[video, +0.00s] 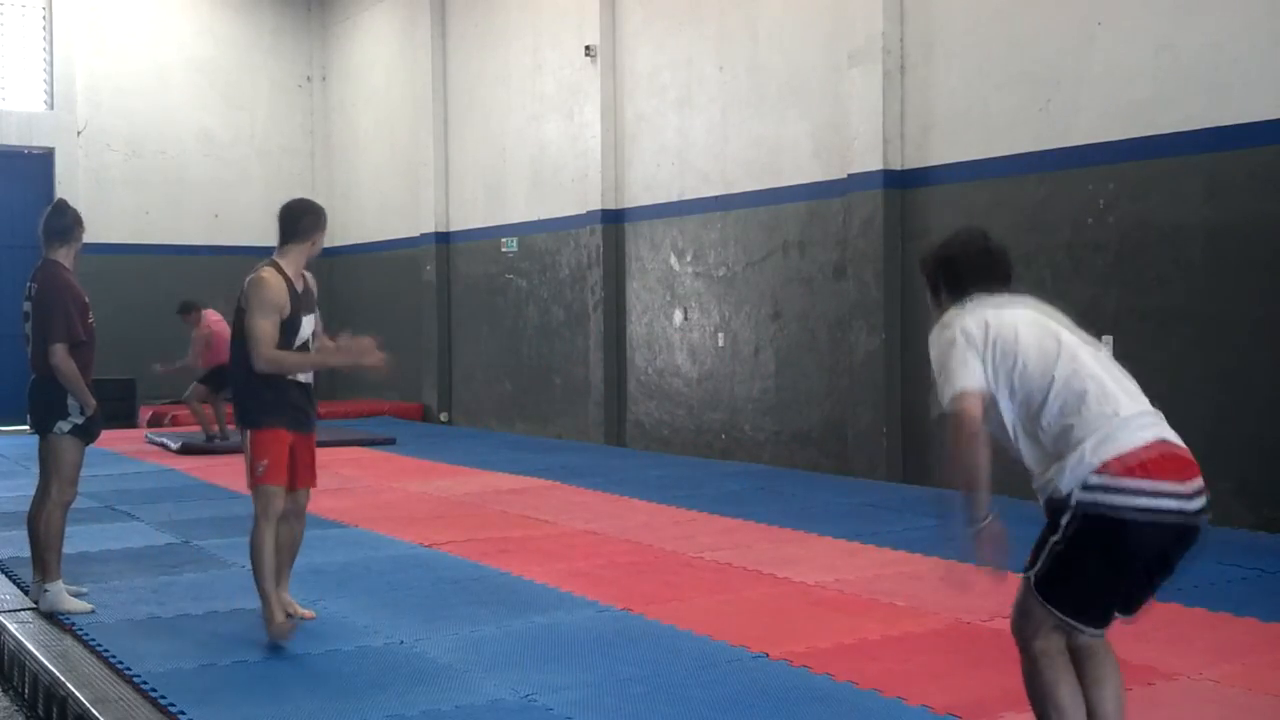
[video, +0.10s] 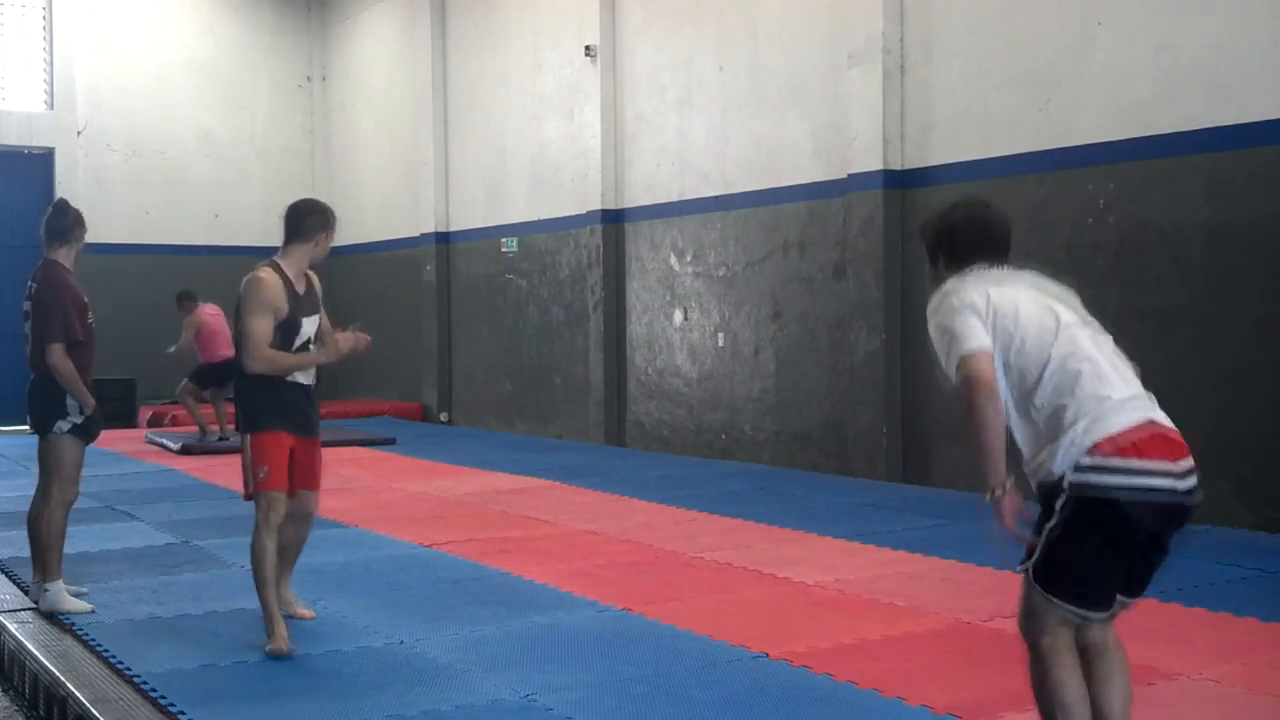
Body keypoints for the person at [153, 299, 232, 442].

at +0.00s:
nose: (185, 322)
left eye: (186, 318)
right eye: (184, 319)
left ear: (193, 313)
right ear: (197, 311)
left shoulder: (201, 330)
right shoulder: (212, 314)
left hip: (219, 368)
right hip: (231, 364)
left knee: (190, 398)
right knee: (215, 398)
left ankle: (210, 435)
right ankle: (224, 433)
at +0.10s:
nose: (181, 312)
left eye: (181, 308)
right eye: (180, 308)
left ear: (185, 304)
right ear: (195, 300)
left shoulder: (193, 318)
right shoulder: (215, 309)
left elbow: (185, 344)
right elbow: (229, 332)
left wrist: (172, 350)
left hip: (213, 365)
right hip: (231, 361)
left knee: (182, 393)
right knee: (216, 396)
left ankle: (204, 430)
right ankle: (224, 433)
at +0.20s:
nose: (181, 298)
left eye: (181, 295)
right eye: (181, 295)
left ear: (185, 292)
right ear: (196, 289)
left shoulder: (188, 306)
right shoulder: (221, 303)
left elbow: (181, 334)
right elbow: (232, 325)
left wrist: (179, 344)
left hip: (201, 354)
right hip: (222, 354)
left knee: (176, 385)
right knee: (211, 393)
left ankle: (195, 416)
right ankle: (222, 432)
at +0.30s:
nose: (182, 289)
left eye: (182, 286)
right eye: (182, 286)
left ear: (186, 284)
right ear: (199, 283)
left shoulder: (185, 299)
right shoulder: (219, 298)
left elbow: (178, 326)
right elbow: (232, 318)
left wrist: (179, 337)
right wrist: (229, 340)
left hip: (191, 350)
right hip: (213, 351)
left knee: (170, 384)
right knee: (211, 391)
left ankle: (185, 420)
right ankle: (220, 430)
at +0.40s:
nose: (181, 285)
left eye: (181, 283)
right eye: (182, 283)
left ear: (184, 282)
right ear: (198, 282)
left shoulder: (179, 298)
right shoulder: (213, 298)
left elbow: (169, 322)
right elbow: (229, 317)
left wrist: (168, 337)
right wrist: (230, 338)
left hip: (183, 351)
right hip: (206, 352)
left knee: (171, 390)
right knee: (211, 391)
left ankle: (167, 428)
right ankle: (220, 431)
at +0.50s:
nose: (180, 288)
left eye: (180, 285)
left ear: (181, 285)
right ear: (196, 285)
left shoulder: (172, 302)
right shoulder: (208, 302)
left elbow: (158, 324)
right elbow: (221, 324)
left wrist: (157, 341)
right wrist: (224, 341)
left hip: (178, 355)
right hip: (202, 355)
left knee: (169, 396)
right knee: (209, 393)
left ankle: (162, 433)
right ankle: (218, 431)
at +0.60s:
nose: (179, 290)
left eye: (177, 287)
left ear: (176, 286)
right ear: (192, 287)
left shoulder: (165, 304)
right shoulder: (203, 304)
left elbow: (150, 330)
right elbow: (211, 330)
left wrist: (152, 345)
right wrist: (211, 349)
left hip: (172, 358)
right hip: (196, 357)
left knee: (166, 397)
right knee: (205, 394)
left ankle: (163, 433)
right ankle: (214, 429)